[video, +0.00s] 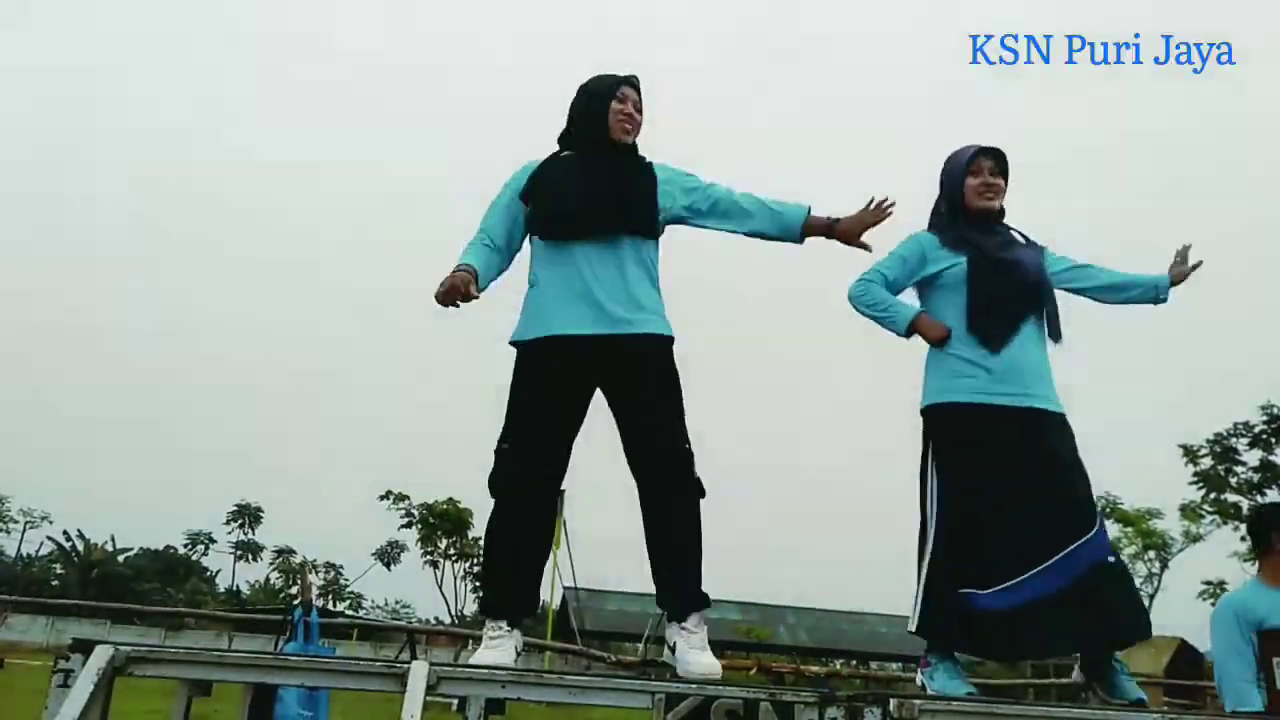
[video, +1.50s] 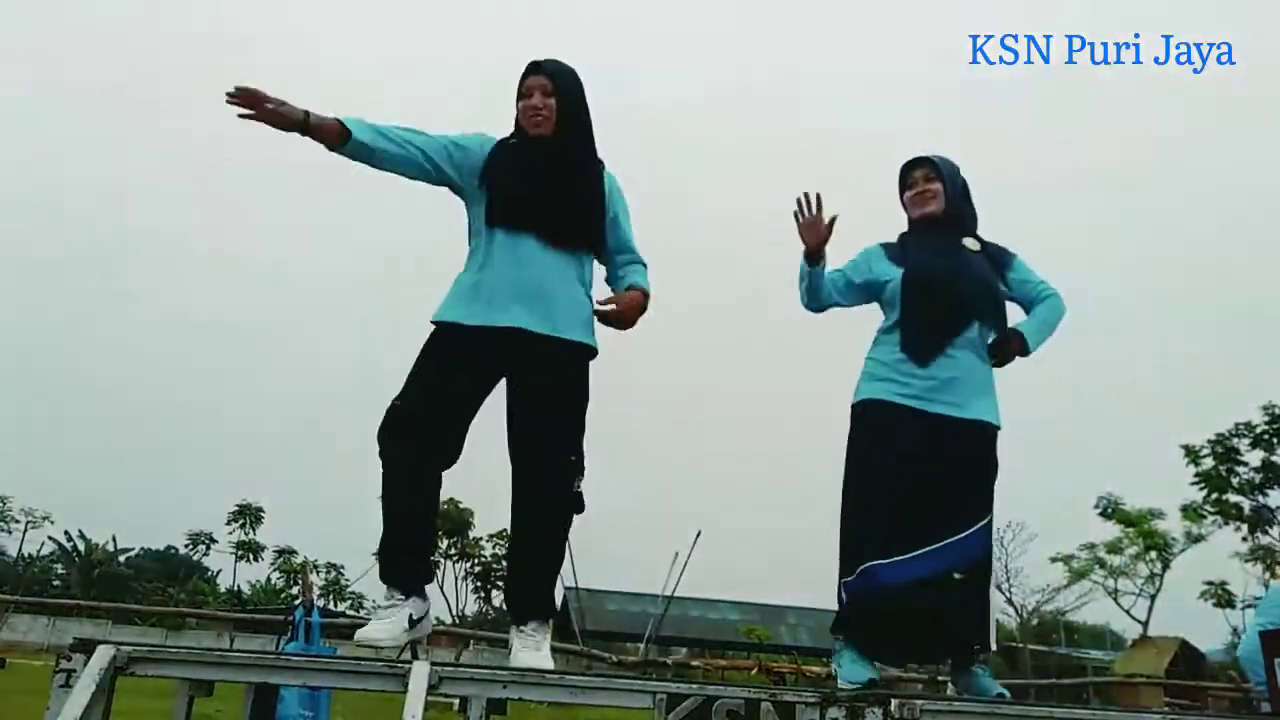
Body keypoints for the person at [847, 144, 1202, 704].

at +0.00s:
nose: (990, 182)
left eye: (997, 174)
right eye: (978, 174)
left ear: (1006, 187)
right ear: (953, 185)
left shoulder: (1029, 252)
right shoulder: (930, 245)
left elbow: (1091, 278)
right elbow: (864, 289)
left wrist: (1166, 281)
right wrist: (916, 319)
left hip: (1034, 403)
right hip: (960, 402)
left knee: (1078, 524)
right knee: (957, 527)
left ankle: (1100, 659)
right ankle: (938, 657)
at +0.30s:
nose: (1015, 195)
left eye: (1023, 187)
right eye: (1003, 191)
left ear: (1041, 200)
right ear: (989, 208)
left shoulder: (1077, 260)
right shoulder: (975, 264)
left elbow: (1134, 292)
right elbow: (940, 323)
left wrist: (1193, 328)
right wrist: (996, 300)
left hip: (1079, 411)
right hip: (1005, 406)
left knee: (1096, 537)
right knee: (1004, 528)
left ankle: (1106, 676)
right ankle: (974, 654)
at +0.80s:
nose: (998, 192)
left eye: (1008, 181)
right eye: (988, 189)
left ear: (1036, 189)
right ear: (982, 205)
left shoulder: (1079, 254)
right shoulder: (972, 253)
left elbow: (1132, 294)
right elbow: (889, 274)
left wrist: (1118, 334)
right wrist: (938, 266)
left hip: (1072, 408)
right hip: (993, 405)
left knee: (1088, 536)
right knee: (968, 530)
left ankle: (1101, 671)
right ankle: (935, 647)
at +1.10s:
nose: (953, 192)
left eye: (963, 182)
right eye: (942, 189)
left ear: (989, 194)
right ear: (934, 209)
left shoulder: (1023, 264)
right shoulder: (922, 261)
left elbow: (1080, 312)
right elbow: (856, 269)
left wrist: (1048, 343)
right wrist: (924, 250)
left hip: (1005, 410)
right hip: (925, 404)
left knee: (1036, 533)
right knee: (918, 533)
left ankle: (1064, 662)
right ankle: (912, 663)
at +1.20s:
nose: (939, 193)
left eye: (950, 184)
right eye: (929, 189)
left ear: (977, 194)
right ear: (920, 206)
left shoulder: (1010, 258)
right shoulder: (911, 251)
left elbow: (1071, 306)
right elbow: (882, 267)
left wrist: (1035, 334)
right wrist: (961, 250)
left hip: (991, 407)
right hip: (913, 405)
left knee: (995, 534)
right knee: (909, 531)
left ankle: (993, 664)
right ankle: (909, 667)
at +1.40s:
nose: (927, 202)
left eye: (937, 193)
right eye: (918, 198)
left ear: (963, 201)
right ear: (911, 213)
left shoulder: (1000, 267)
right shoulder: (899, 267)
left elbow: (1064, 313)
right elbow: (847, 307)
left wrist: (1021, 347)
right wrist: (903, 263)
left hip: (975, 419)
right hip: (899, 411)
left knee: (972, 538)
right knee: (899, 534)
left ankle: (963, 661)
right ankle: (900, 666)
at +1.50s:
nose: (920, 190)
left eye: (930, 181)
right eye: (910, 186)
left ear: (956, 190)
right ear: (903, 203)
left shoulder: (992, 257)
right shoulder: (885, 256)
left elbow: (1051, 302)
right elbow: (818, 298)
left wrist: (1022, 338)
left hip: (967, 407)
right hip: (889, 400)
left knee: (968, 532)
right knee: (874, 520)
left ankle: (967, 661)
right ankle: (856, 648)